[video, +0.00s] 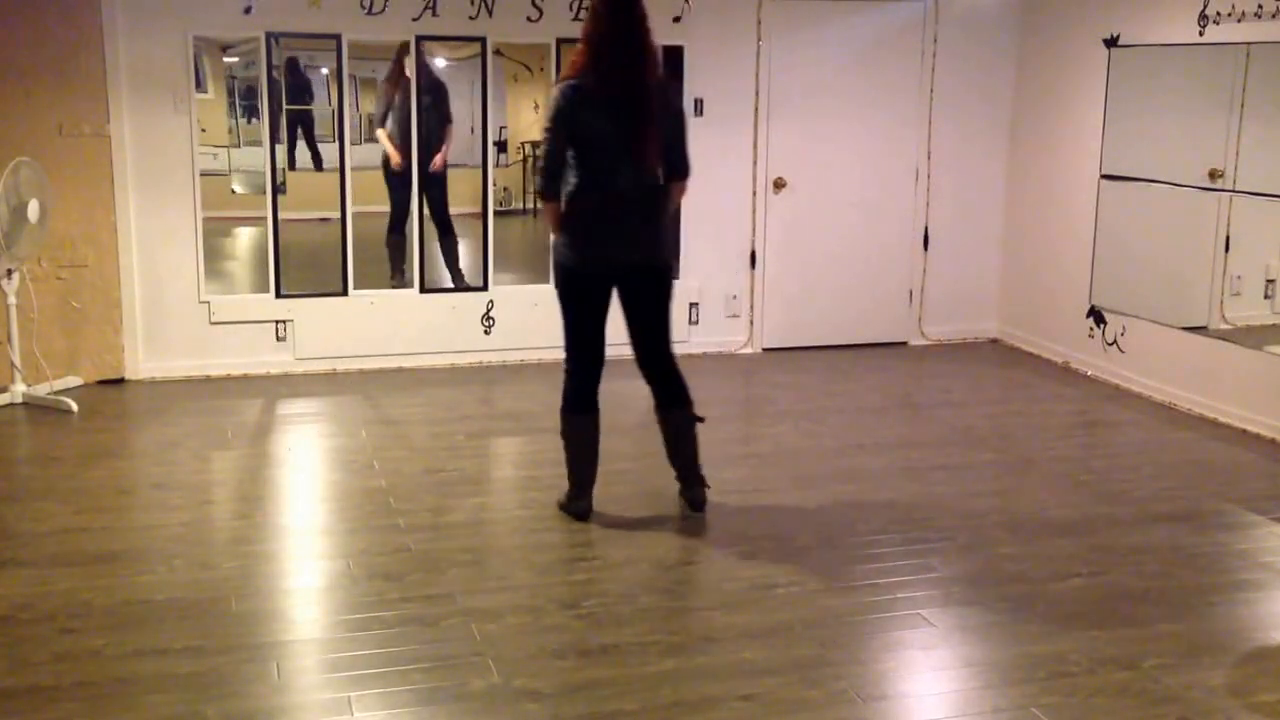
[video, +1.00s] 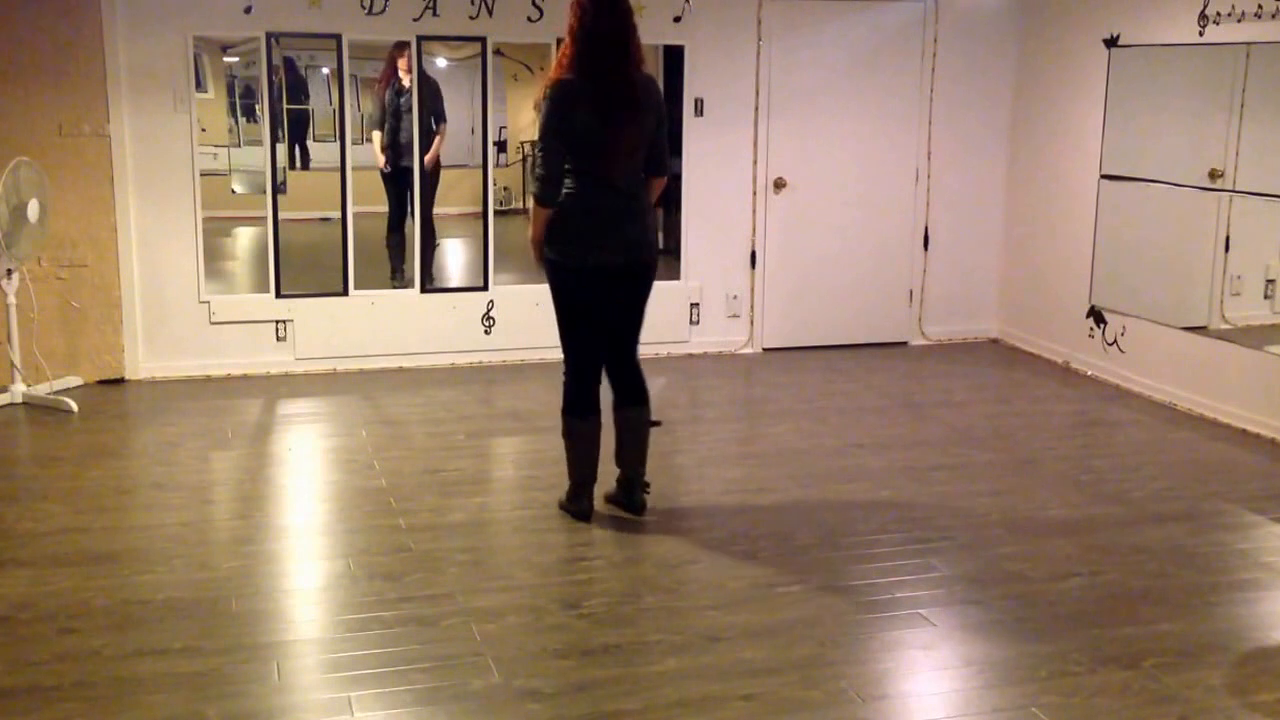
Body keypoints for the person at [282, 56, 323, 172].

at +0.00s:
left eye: (286, 67)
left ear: (286, 67)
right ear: (298, 66)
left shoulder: (284, 80)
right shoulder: (305, 79)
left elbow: (280, 96)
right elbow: (311, 96)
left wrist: (281, 108)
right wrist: (307, 102)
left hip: (290, 111)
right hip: (305, 110)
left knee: (291, 144)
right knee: (311, 141)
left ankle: (291, 170)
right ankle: (319, 167)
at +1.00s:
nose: (280, 70)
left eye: (281, 67)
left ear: (283, 67)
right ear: (294, 65)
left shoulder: (281, 80)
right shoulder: (301, 78)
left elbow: (278, 98)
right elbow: (306, 95)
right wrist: (304, 103)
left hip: (288, 112)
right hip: (302, 111)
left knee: (290, 143)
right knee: (302, 141)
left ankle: (291, 168)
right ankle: (305, 166)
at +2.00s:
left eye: (284, 67)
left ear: (285, 67)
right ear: (297, 66)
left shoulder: (283, 82)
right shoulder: (302, 80)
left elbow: (280, 100)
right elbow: (308, 97)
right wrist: (311, 109)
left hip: (292, 113)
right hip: (307, 112)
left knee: (294, 142)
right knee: (307, 143)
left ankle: (292, 169)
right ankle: (306, 169)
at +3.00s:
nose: (282, 71)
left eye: (282, 68)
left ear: (283, 67)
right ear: (293, 65)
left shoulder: (282, 80)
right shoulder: (301, 78)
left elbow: (278, 97)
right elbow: (307, 96)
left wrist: (279, 110)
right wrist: (304, 106)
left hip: (287, 113)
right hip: (300, 112)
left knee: (288, 142)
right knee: (299, 141)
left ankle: (289, 167)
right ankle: (303, 164)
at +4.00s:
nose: (284, 70)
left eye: (283, 67)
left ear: (283, 67)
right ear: (294, 65)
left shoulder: (282, 81)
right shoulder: (300, 77)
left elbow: (278, 96)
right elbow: (311, 91)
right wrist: (304, 98)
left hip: (289, 112)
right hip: (303, 112)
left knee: (291, 143)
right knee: (304, 142)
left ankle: (291, 168)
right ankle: (305, 168)